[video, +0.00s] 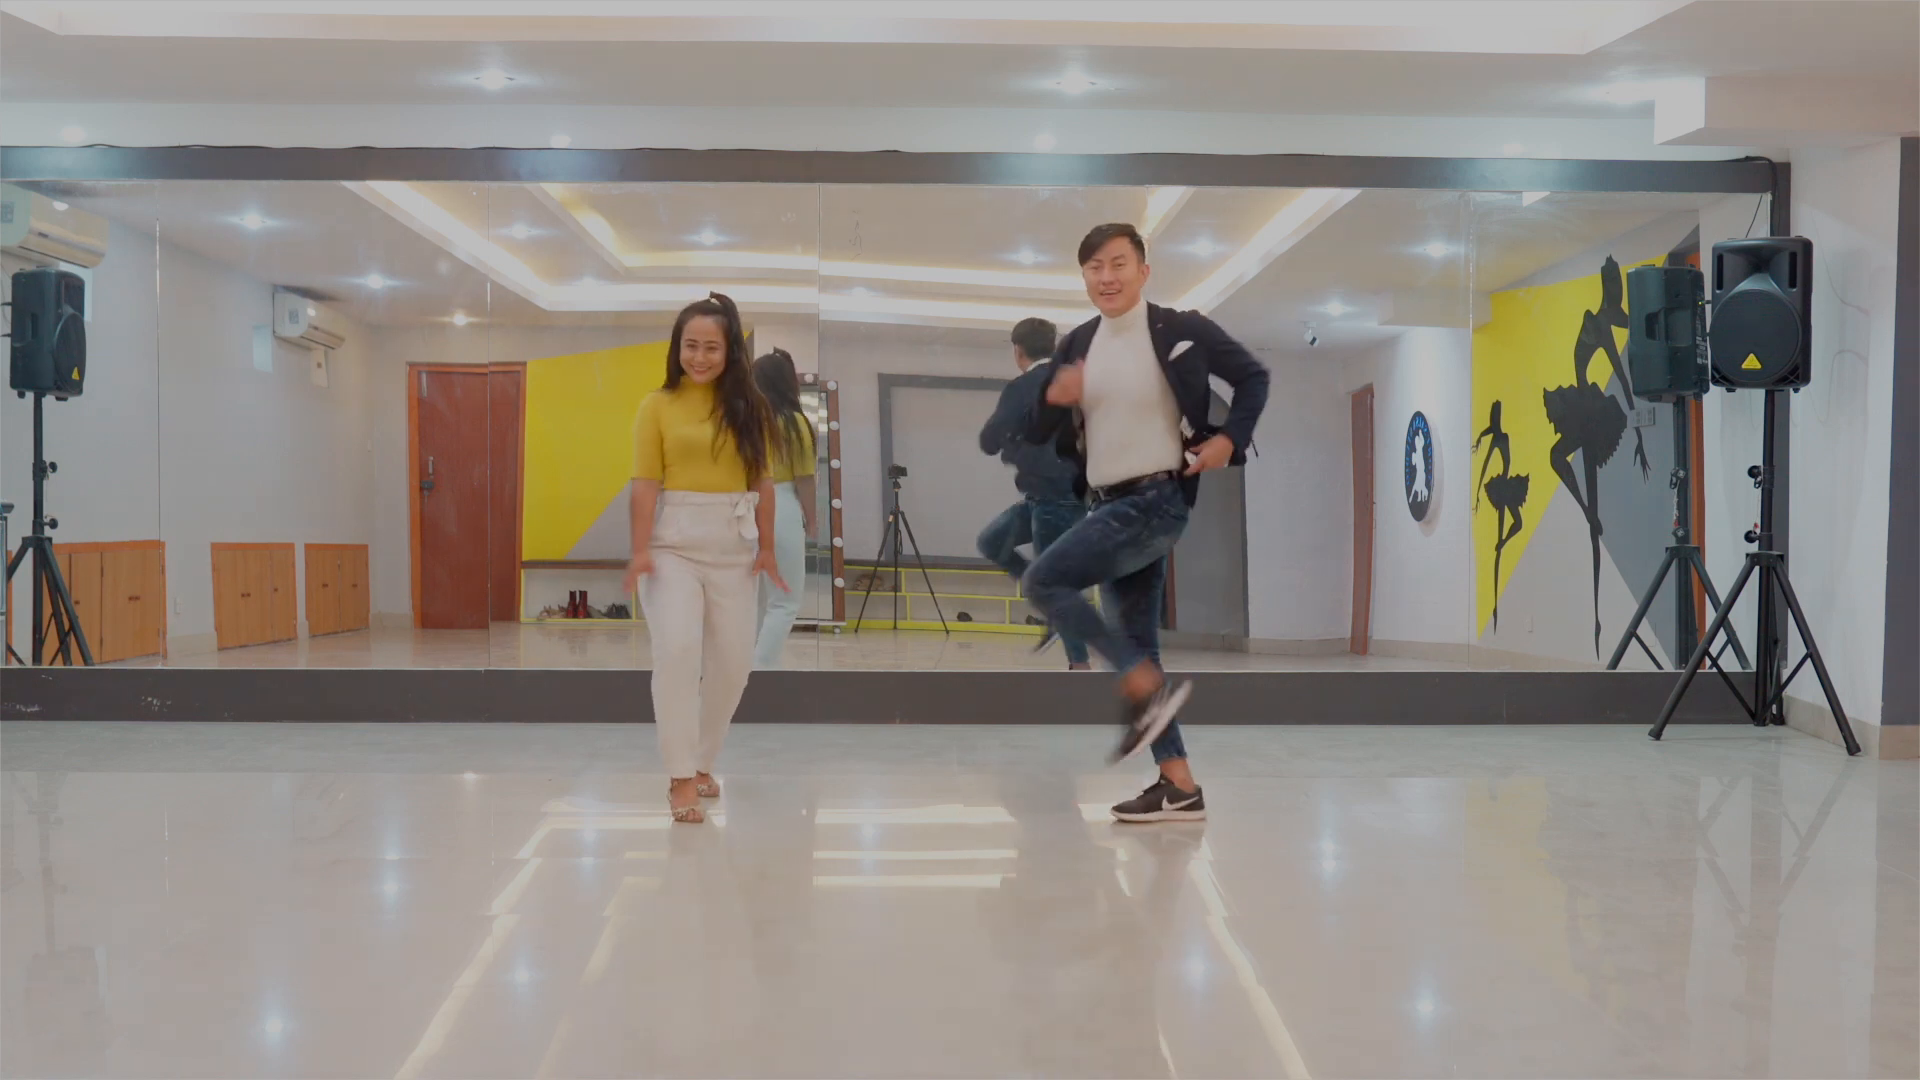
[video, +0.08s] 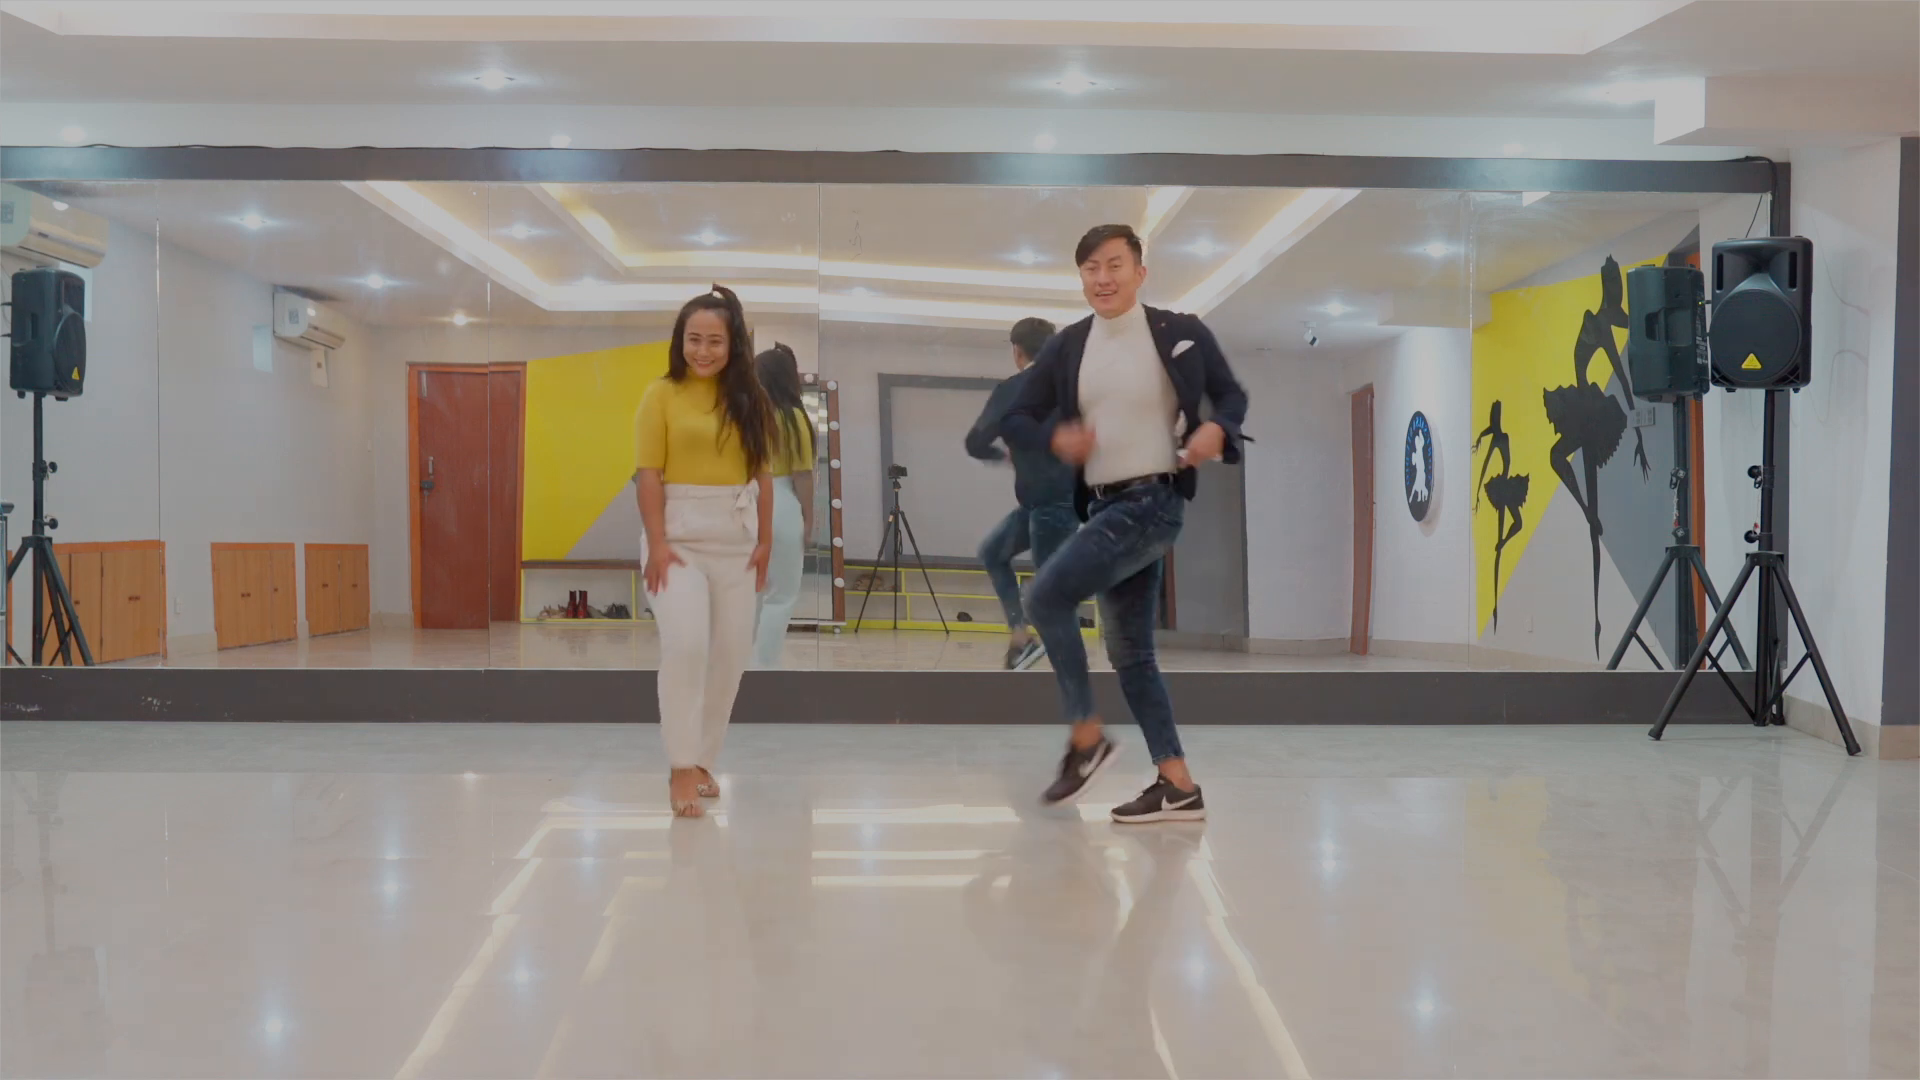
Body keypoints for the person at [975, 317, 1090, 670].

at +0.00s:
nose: (1012, 355)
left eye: (1013, 349)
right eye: (1013, 349)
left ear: (1019, 352)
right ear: (1052, 346)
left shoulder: (1022, 388)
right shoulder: (1073, 377)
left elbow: (989, 441)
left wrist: (1011, 420)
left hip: (1052, 501)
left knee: (1055, 582)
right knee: (991, 543)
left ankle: (1079, 663)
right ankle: (1052, 605)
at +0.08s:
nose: (1013, 356)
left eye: (1013, 350)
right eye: (1015, 350)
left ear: (1019, 352)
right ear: (1052, 351)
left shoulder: (1012, 390)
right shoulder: (1069, 381)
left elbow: (976, 444)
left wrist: (1005, 454)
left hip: (1049, 505)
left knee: (1053, 591)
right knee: (993, 553)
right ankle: (1020, 633)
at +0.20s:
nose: (1008, 356)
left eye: (1008, 350)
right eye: (1010, 350)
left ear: (1012, 349)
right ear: (1047, 347)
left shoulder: (1005, 386)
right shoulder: (1067, 375)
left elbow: (953, 436)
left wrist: (973, 480)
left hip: (1037, 491)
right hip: (1080, 486)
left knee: (1032, 575)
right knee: (1033, 570)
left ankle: (1074, 654)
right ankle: (1029, 649)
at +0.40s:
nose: (988, 364)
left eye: (989, 359)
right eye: (988, 359)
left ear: (996, 361)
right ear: (1029, 358)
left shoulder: (1000, 391)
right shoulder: (1048, 385)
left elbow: (986, 438)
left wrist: (979, 468)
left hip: (1023, 497)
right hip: (1061, 493)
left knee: (1026, 580)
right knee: (1046, 579)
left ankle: (1057, 643)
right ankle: (1027, 658)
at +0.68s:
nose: (1018, 372)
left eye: (1014, 365)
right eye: (1020, 363)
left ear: (995, 363)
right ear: (1030, 364)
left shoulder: (981, 404)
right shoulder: (1046, 400)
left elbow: (956, 454)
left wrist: (991, 487)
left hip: (1005, 511)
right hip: (1044, 512)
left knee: (1025, 593)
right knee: (999, 584)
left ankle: (1058, 654)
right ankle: (986, 652)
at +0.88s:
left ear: (985, 342)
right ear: (1023, 343)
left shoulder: (973, 375)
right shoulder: (1039, 375)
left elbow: (928, 425)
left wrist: (962, 467)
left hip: (985, 485)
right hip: (1032, 484)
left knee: (966, 571)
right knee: (1008, 573)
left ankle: (1003, 636)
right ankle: (995, 649)